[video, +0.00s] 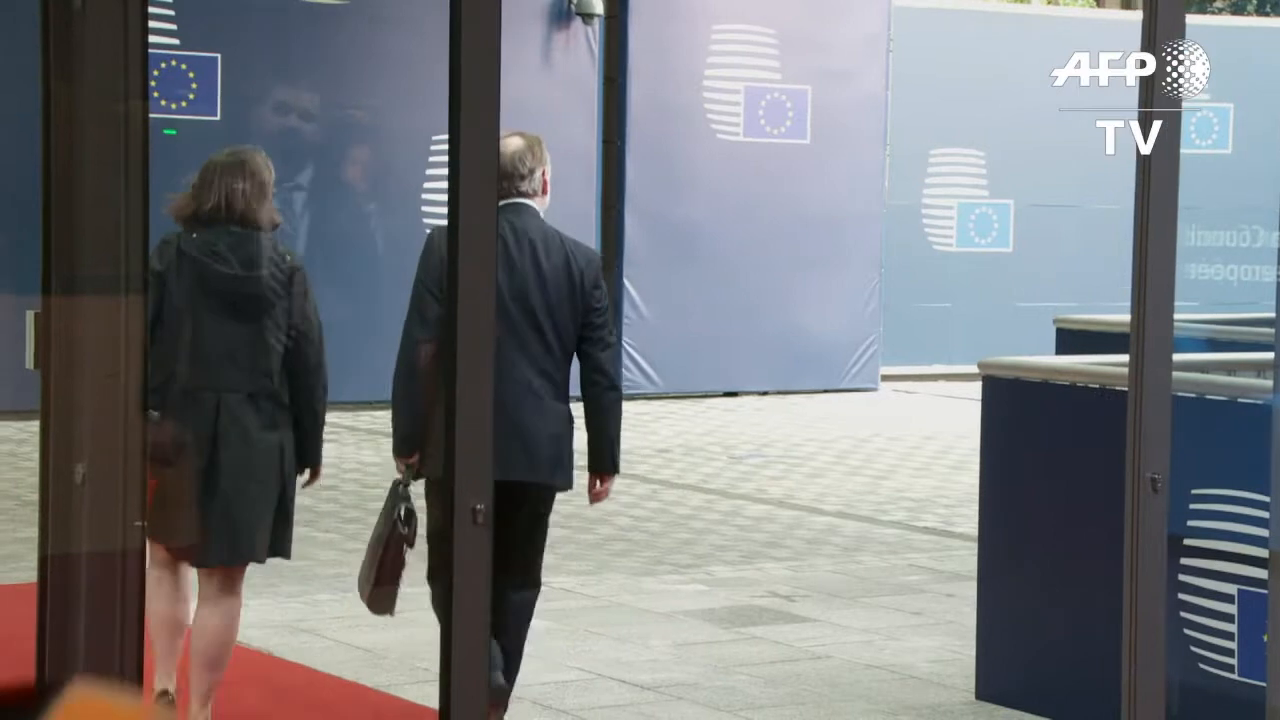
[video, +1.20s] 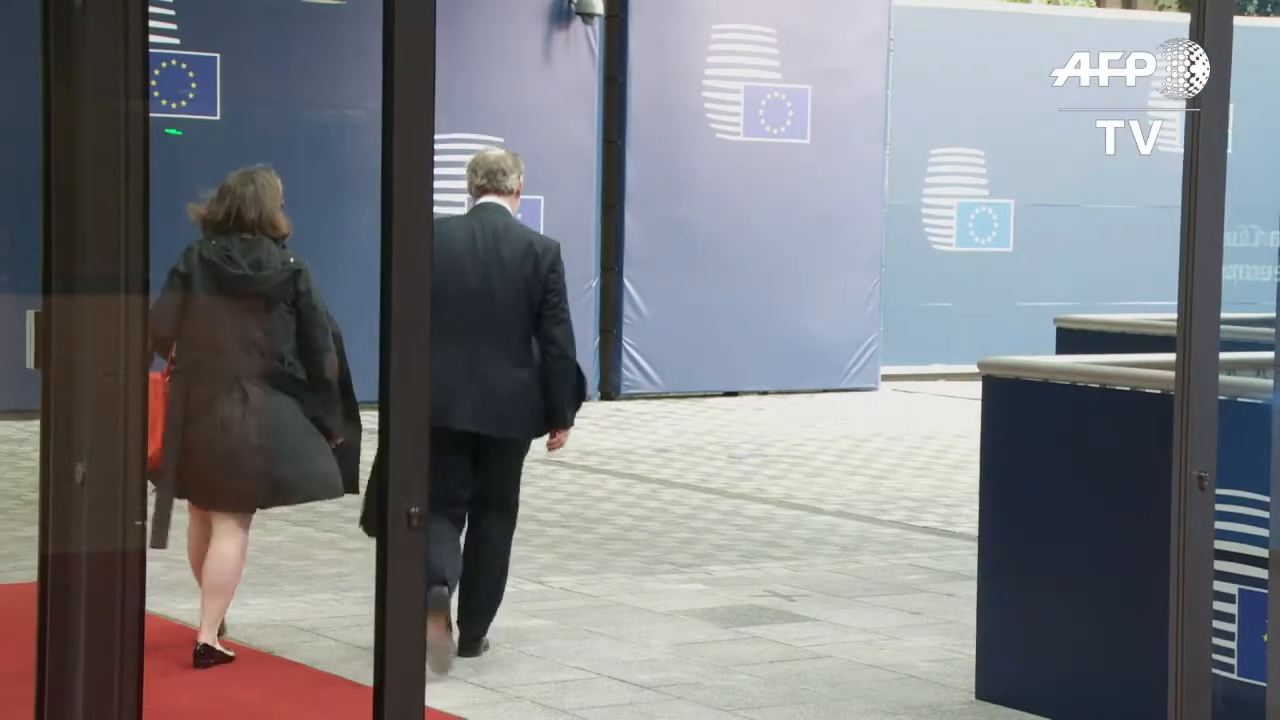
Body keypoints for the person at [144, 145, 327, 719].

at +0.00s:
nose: (273, 200)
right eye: (269, 191)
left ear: (202, 192)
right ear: (263, 198)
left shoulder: (166, 260)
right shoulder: (285, 269)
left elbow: (139, 347)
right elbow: (308, 368)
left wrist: (141, 419)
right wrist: (310, 447)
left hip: (173, 434)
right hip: (253, 441)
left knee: (164, 558)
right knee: (223, 581)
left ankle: (161, 688)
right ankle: (198, 710)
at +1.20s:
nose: (283, 211)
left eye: (280, 202)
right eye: (279, 204)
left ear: (222, 206)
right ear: (270, 210)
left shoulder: (192, 262)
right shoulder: (290, 270)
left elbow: (159, 331)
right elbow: (323, 358)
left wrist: (184, 360)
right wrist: (331, 420)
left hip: (195, 403)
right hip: (255, 407)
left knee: (200, 516)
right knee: (230, 522)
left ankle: (216, 614)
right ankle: (207, 637)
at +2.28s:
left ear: (279, 210)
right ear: (325, 215)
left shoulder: (256, 255)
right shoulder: (334, 260)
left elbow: (225, 314)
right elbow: (357, 327)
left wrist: (244, 337)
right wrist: (371, 384)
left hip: (259, 374)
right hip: (309, 378)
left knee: (274, 473)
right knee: (282, 480)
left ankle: (285, 558)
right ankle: (257, 584)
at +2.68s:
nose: (356, 206)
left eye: (350, 197)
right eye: (354, 199)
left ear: (306, 201)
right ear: (351, 206)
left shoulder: (284, 249)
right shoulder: (360, 257)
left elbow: (257, 301)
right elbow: (374, 328)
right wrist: (377, 381)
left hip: (286, 378)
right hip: (343, 378)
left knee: (285, 471)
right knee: (346, 464)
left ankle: (290, 558)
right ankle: (342, 547)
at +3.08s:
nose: (428, 211)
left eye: (426, 204)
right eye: (425, 205)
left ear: (378, 208)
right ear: (418, 211)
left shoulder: (352, 256)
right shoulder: (427, 260)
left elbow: (335, 318)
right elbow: (444, 331)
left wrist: (333, 376)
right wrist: (448, 389)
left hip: (359, 368)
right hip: (409, 370)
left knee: (364, 452)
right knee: (395, 461)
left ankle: (342, 508)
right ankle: (382, 544)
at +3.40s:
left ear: (431, 218)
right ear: (465, 224)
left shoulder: (417, 252)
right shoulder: (475, 258)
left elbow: (387, 304)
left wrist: (401, 325)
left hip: (423, 361)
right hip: (463, 364)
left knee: (426, 451)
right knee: (431, 451)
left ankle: (403, 531)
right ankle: (407, 534)